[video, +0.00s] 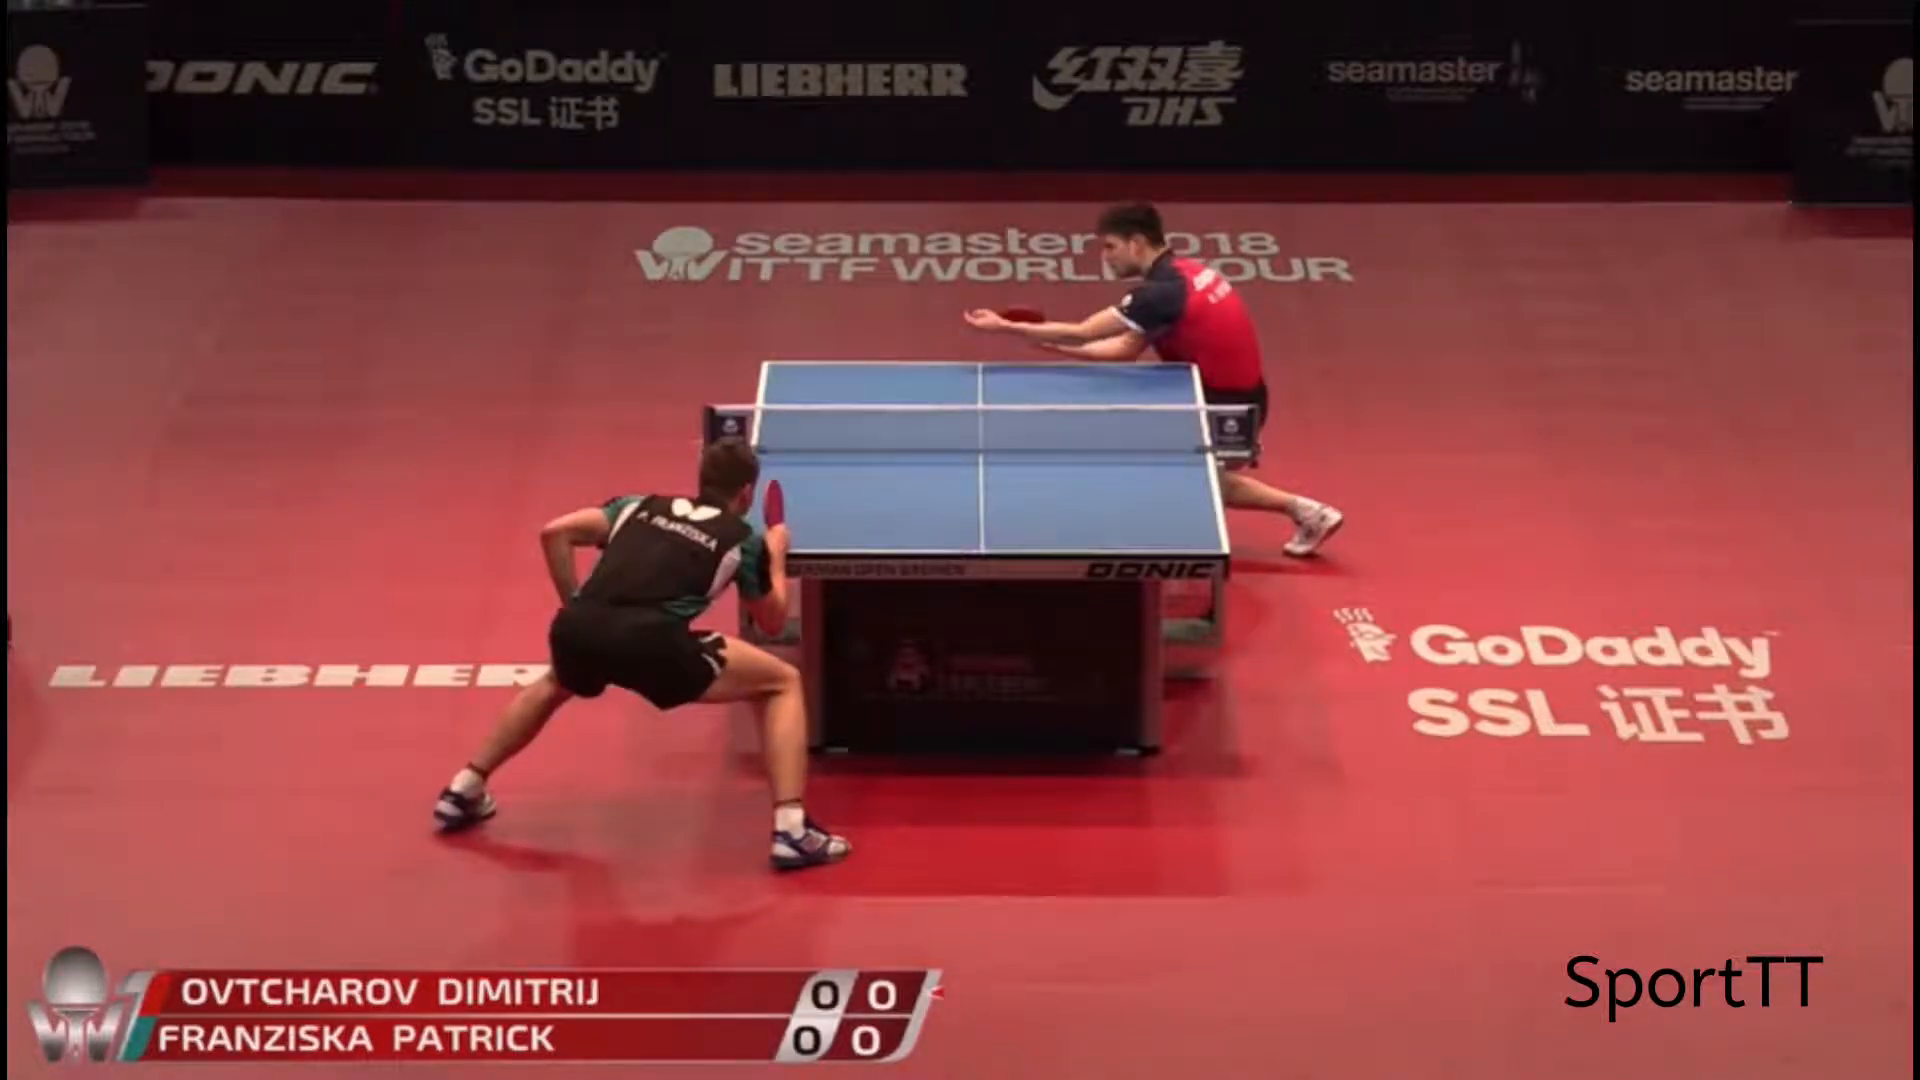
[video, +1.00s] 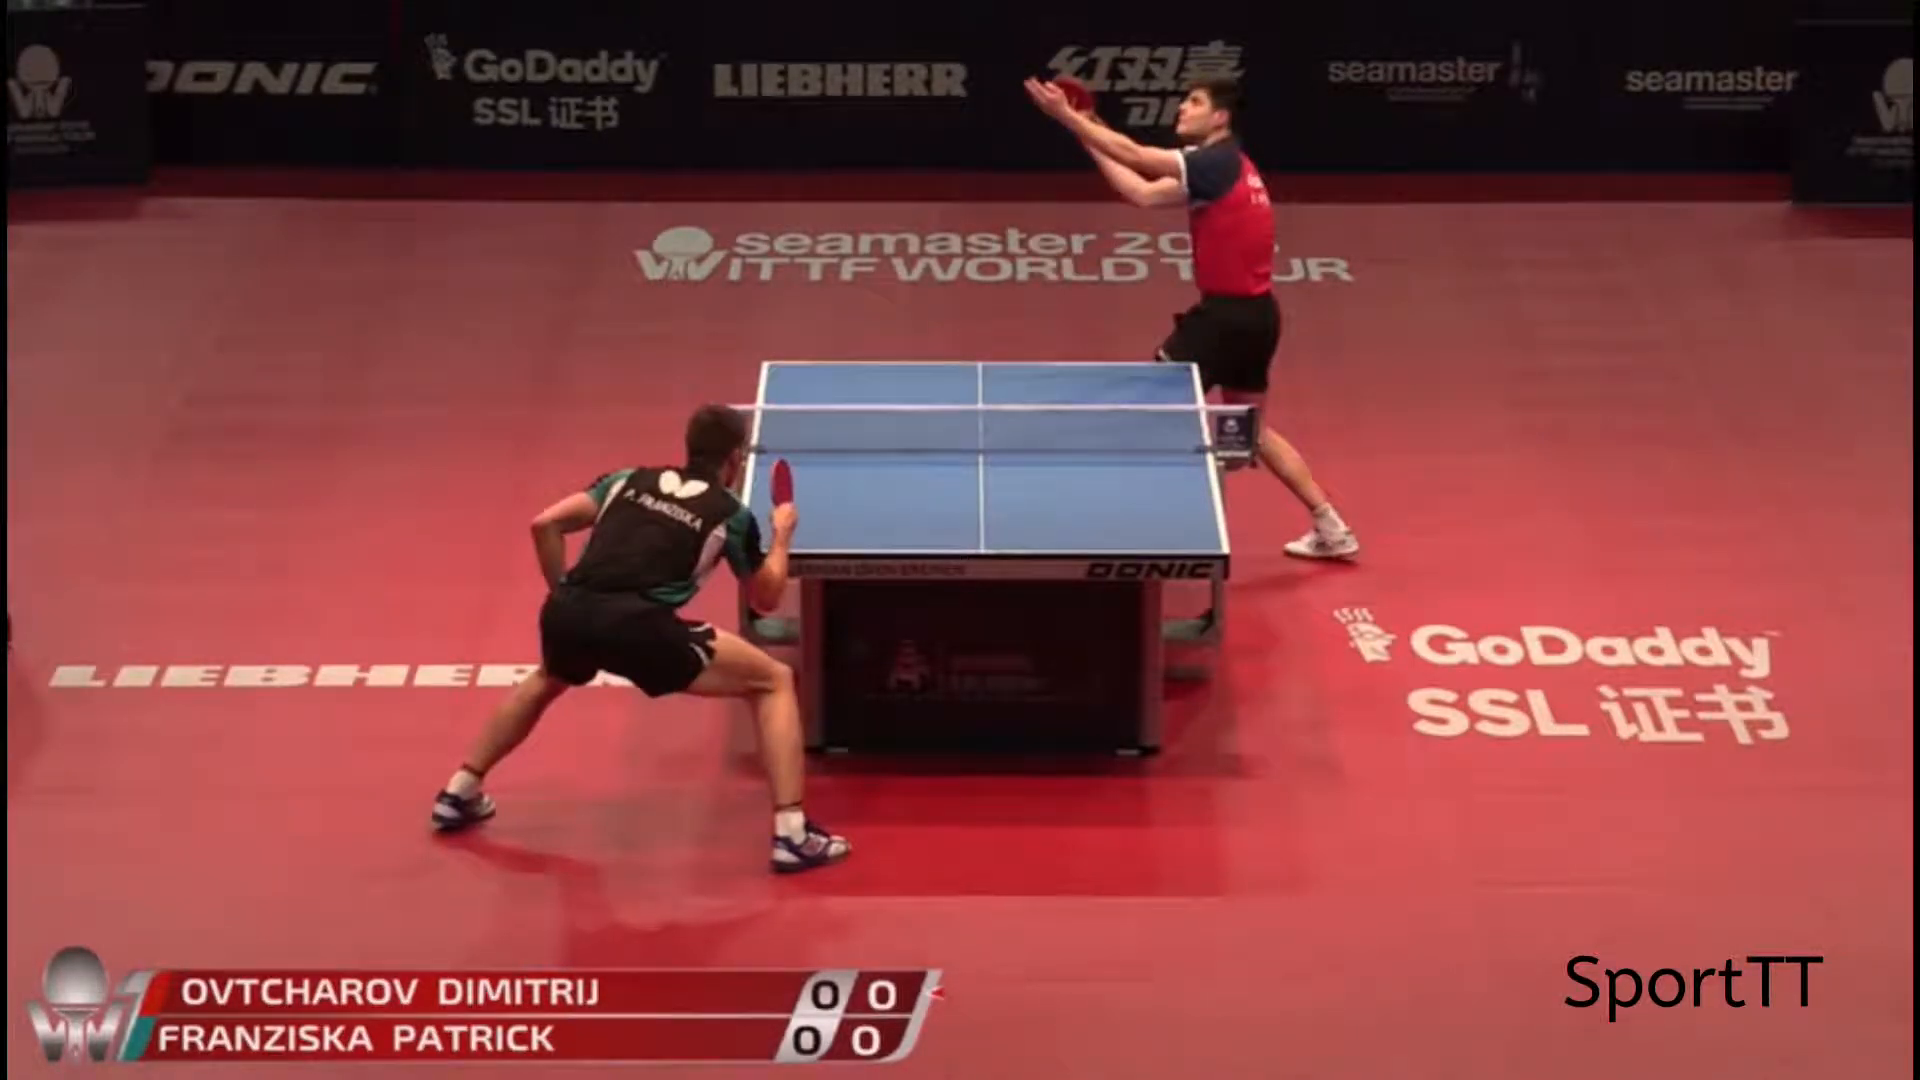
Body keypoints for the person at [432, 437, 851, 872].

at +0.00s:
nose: (753, 497)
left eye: (749, 487)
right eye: (752, 489)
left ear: (699, 480)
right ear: (744, 492)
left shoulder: (640, 506)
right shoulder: (745, 536)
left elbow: (555, 533)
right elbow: (772, 624)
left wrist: (572, 606)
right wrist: (778, 556)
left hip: (578, 629)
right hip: (654, 643)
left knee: (553, 685)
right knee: (782, 683)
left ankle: (464, 788)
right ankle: (792, 829)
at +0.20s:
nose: (753, 495)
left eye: (747, 486)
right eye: (751, 487)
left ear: (699, 478)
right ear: (744, 491)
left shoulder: (640, 505)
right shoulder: (744, 537)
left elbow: (555, 534)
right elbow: (772, 622)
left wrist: (571, 605)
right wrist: (779, 555)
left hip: (577, 629)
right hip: (652, 642)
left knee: (553, 685)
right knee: (782, 683)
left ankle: (464, 788)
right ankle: (791, 830)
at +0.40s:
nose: (748, 491)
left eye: (739, 481)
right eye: (747, 483)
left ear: (695, 474)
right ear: (741, 488)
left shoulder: (639, 500)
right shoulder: (741, 533)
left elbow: (553, 532)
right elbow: (773, 616)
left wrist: (568, 604)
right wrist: (782, 554)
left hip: (575, 627)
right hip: (649, 640)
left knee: (552, 685)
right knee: (781, 682)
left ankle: (463, 788)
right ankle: (792, 829)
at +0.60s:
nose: (742, 479)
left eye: (731, 469)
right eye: (743, 471)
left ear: (691, 465)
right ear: (738, 477)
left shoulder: (636, 494)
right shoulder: (737, 528)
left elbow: (549, 530)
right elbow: (773, 608)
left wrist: (566, 601)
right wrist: (785, 547)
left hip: (573, 622)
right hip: (646, 636)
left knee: (551, 681)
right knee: (778, 683)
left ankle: (463, 787)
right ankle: (793, 830)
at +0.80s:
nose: (745, 467)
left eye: (740, 459)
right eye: (745, 460)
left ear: (690, 456)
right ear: (737, 466)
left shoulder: (633, 486)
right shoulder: (734, 521)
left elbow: (547, 527)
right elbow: (769, 603)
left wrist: (564, 597)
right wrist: (783, 543)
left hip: (570, 617)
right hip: (641, 629)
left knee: (550, 682)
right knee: (776, 683)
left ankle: (460, 789)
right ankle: (793, 833)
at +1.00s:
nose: (745, 461)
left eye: (743, 453)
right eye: (745, 454)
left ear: (689, 451)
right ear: (734, 459)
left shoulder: (629, 479)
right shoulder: (732, 513)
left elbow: (546, 523)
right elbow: (766, 598)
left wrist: (560, 593)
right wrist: (782, 535)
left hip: (568, 614)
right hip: (639, 624)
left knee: (545, 682)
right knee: (774, 682)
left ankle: (459, 790)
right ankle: (793, 833)